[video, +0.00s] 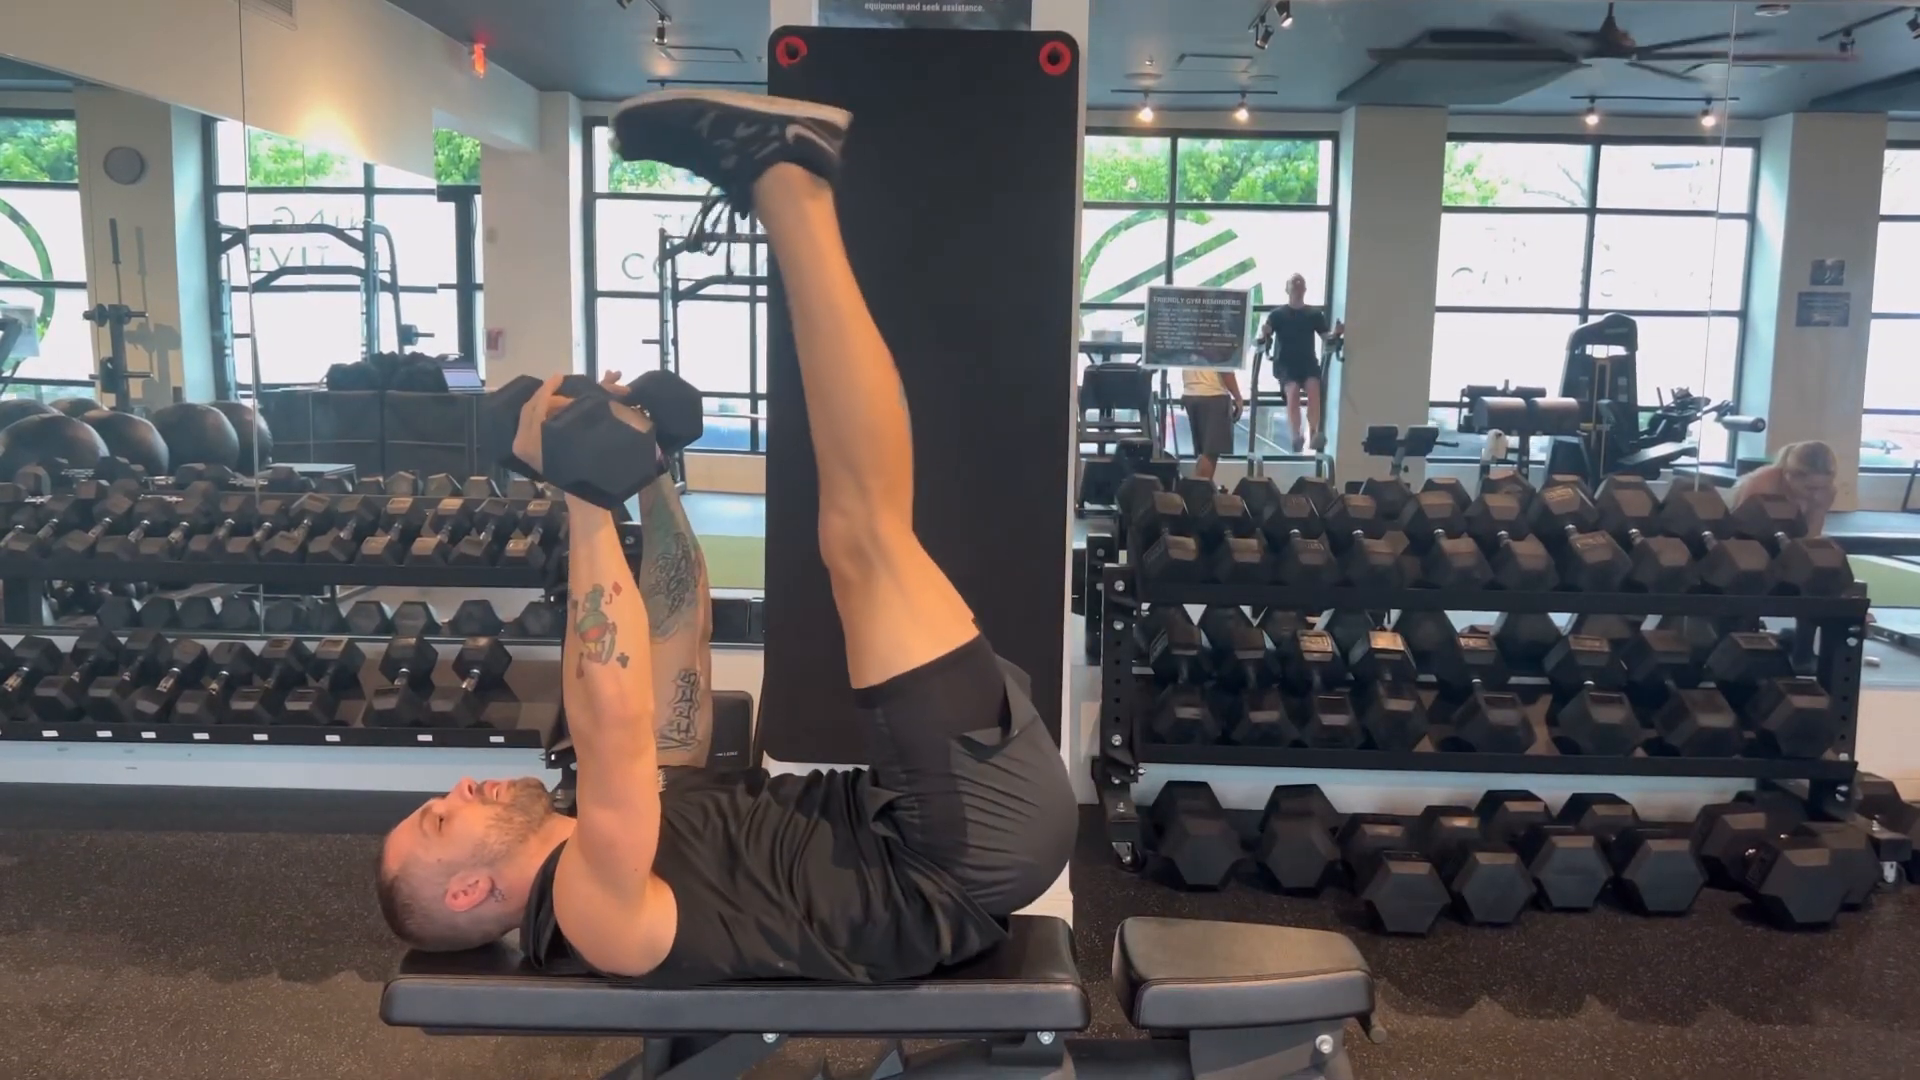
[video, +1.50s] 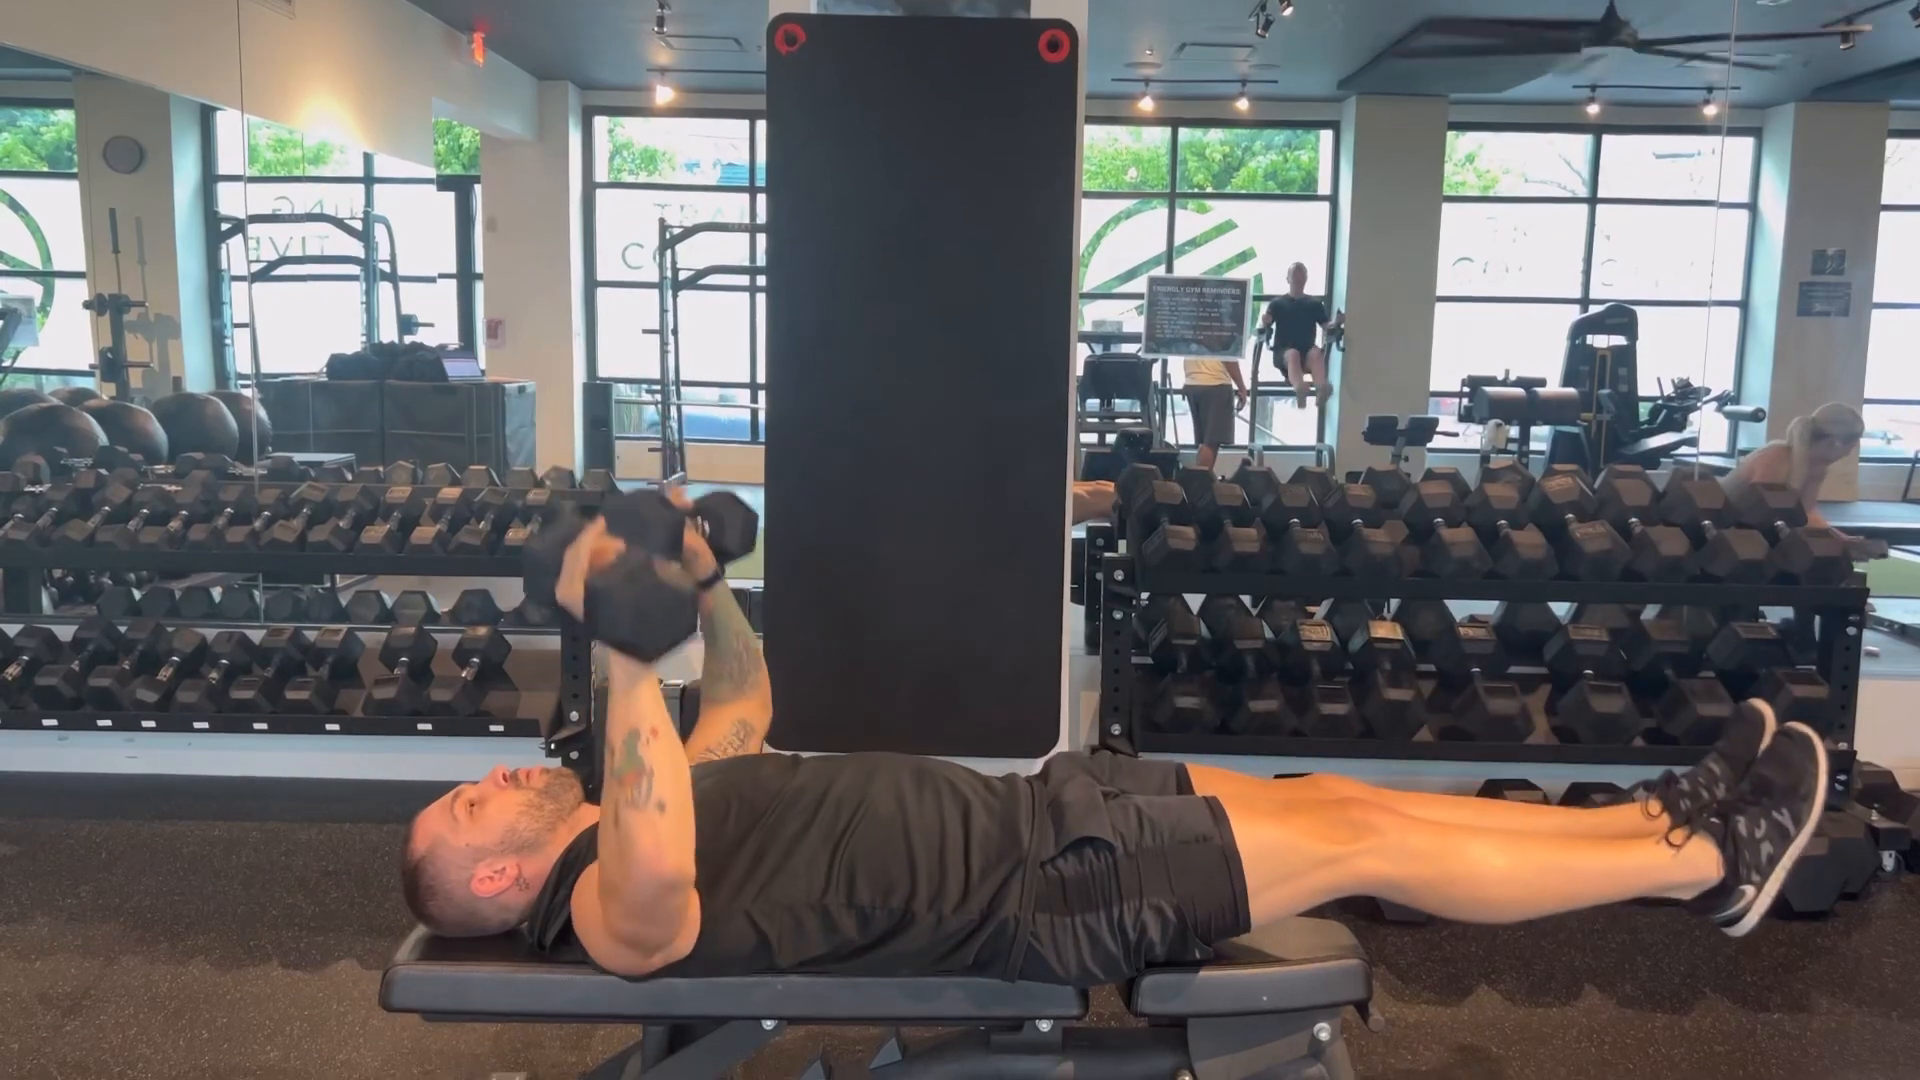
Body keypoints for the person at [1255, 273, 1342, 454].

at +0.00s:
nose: (1298, 286)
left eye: (1300, 284)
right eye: (1294, 284)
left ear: (1305, 288)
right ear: (1287, 289)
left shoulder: (1314, 314)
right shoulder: (1277, 314)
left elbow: (1326, 338)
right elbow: (1262, 341)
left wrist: (1336, 334)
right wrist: (1264, 335)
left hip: (1308, 359)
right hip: (1286, 360)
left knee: (1314, 387)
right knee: (1293, 390)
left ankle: (1314, 435)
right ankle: (1296, 437)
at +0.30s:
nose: (1298, 288)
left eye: (1301, 285)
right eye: (1295, 286)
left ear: (1305, 289)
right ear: (1287, 290)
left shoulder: (1313, 313)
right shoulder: (1277, 314)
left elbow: (1326, 337)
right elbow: (1262, 340)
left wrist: (1336, 332)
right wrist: (1263, 334)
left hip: (1306, 369)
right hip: (1283, 370)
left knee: (1304, 417)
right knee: (1284, 417)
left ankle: (1299, 454)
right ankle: (1280, 456)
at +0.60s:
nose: (1297, 286)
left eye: (1300, 283)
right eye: (1293, 283)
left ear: (1304, 287)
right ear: (1287, 286)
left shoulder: (1313, 311)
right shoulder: (1277, 312)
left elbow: (1325, 333)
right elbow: (1263, 337)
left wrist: (1336, 329)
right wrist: (1265, 330)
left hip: (1307, 363)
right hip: (1284, 364)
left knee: (1305, 411)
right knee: (1284, 411)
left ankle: (1303, 451)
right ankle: (1280, 452)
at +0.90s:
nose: (1298, 285)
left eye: (1301, 280)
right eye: (1295, 280)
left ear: (1306, 283)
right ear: (1288, 283)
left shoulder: (1314, 307)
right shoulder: (1277, 308)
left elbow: (1326, 332)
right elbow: (1263, 335)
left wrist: (1336, 327)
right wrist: (1265, 327)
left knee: (1319, 340)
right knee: (1293, 338)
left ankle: (1322, 381)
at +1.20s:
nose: (1298, 287)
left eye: (1301, 284)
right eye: (1295, 284)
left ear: (1306, 284)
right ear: (1289, 283)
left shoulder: (1315, 304)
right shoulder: (1278, 304)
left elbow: (1323, 331)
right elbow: (1264, 329)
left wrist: (1336, 325)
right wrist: (1266, 323)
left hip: (1308, 355)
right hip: (1284, 356)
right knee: (1288, 317)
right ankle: (1299, 319)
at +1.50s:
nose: (1298, 280)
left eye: (1301, 277)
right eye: (1295, 277)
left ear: (1306, 279)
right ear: (1288, 279)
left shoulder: (1314, 304)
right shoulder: (1278, 303)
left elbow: (1326, 326)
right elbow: (1266, 324)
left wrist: (1336, 322)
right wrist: (1265, 321)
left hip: (1307, 349)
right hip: (1283, 349)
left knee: (1317, 353)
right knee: (1293, 354)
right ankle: (1300, 392)